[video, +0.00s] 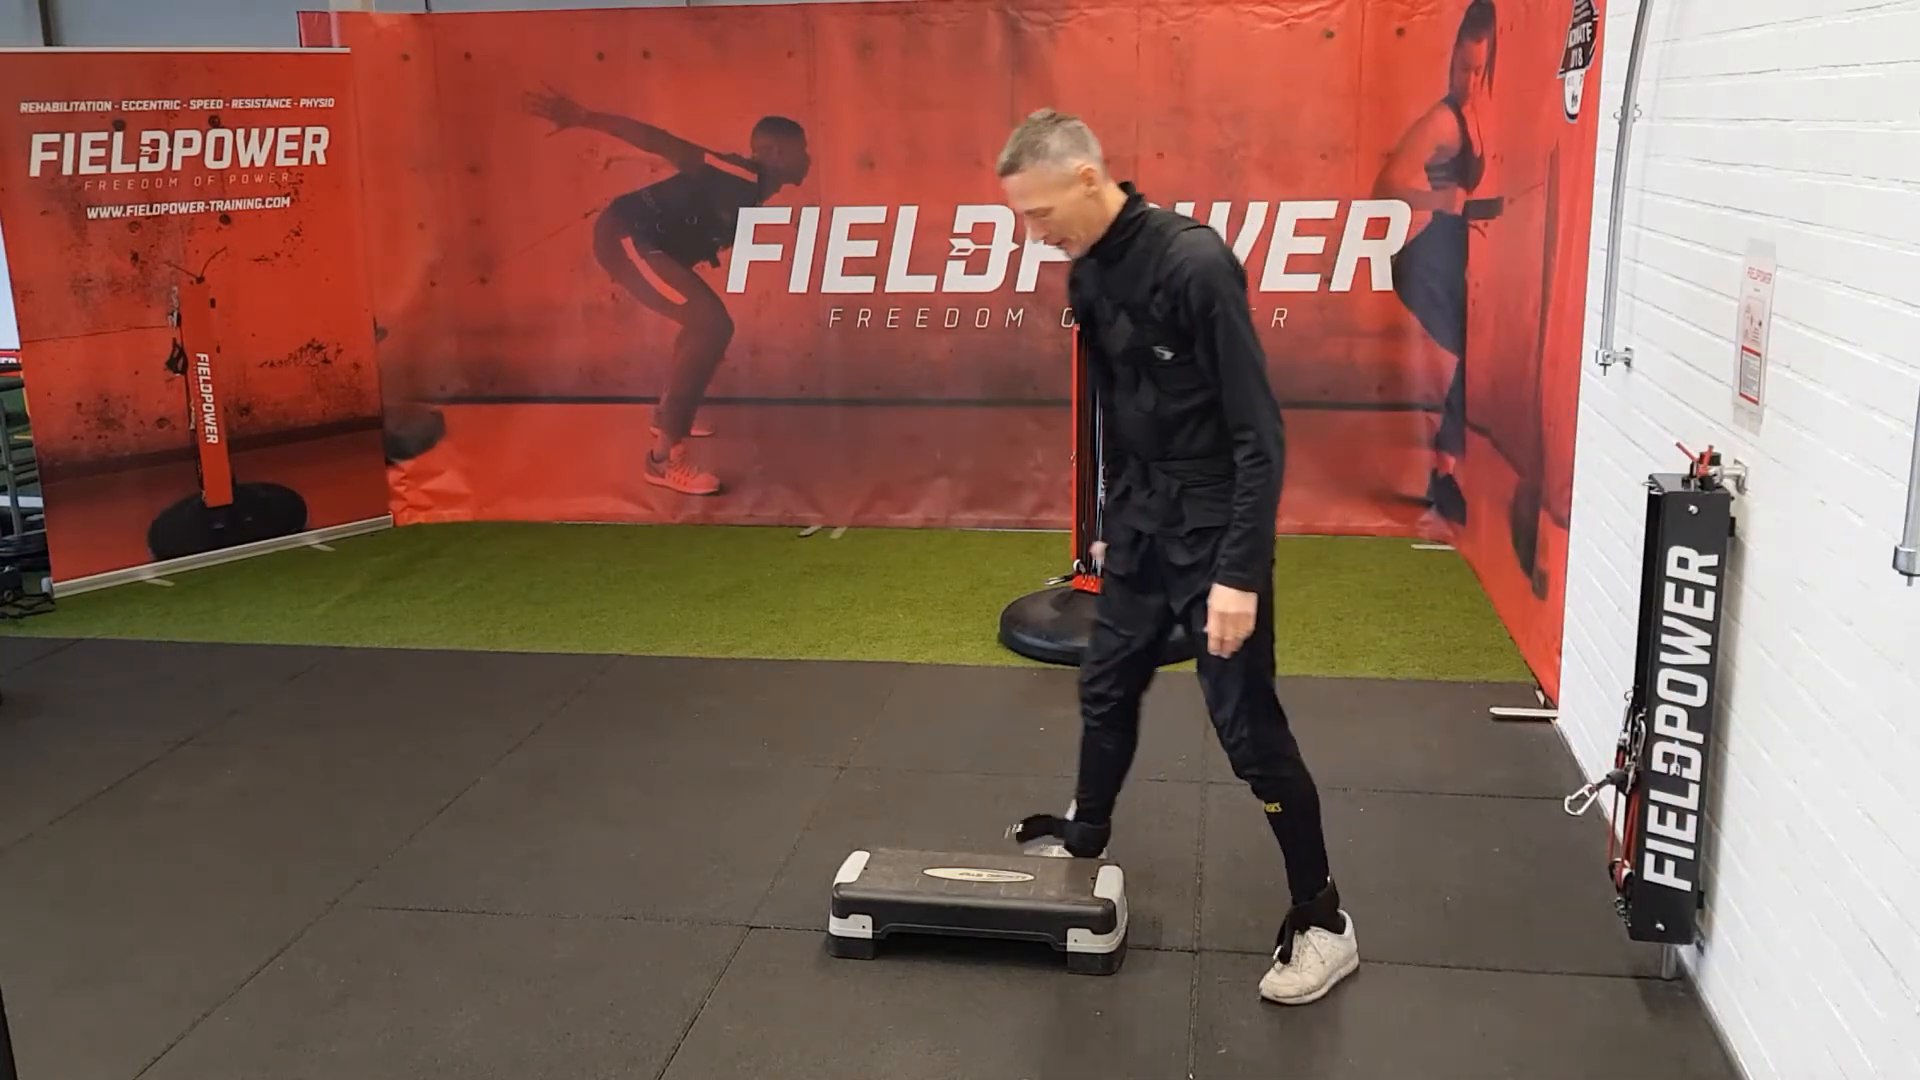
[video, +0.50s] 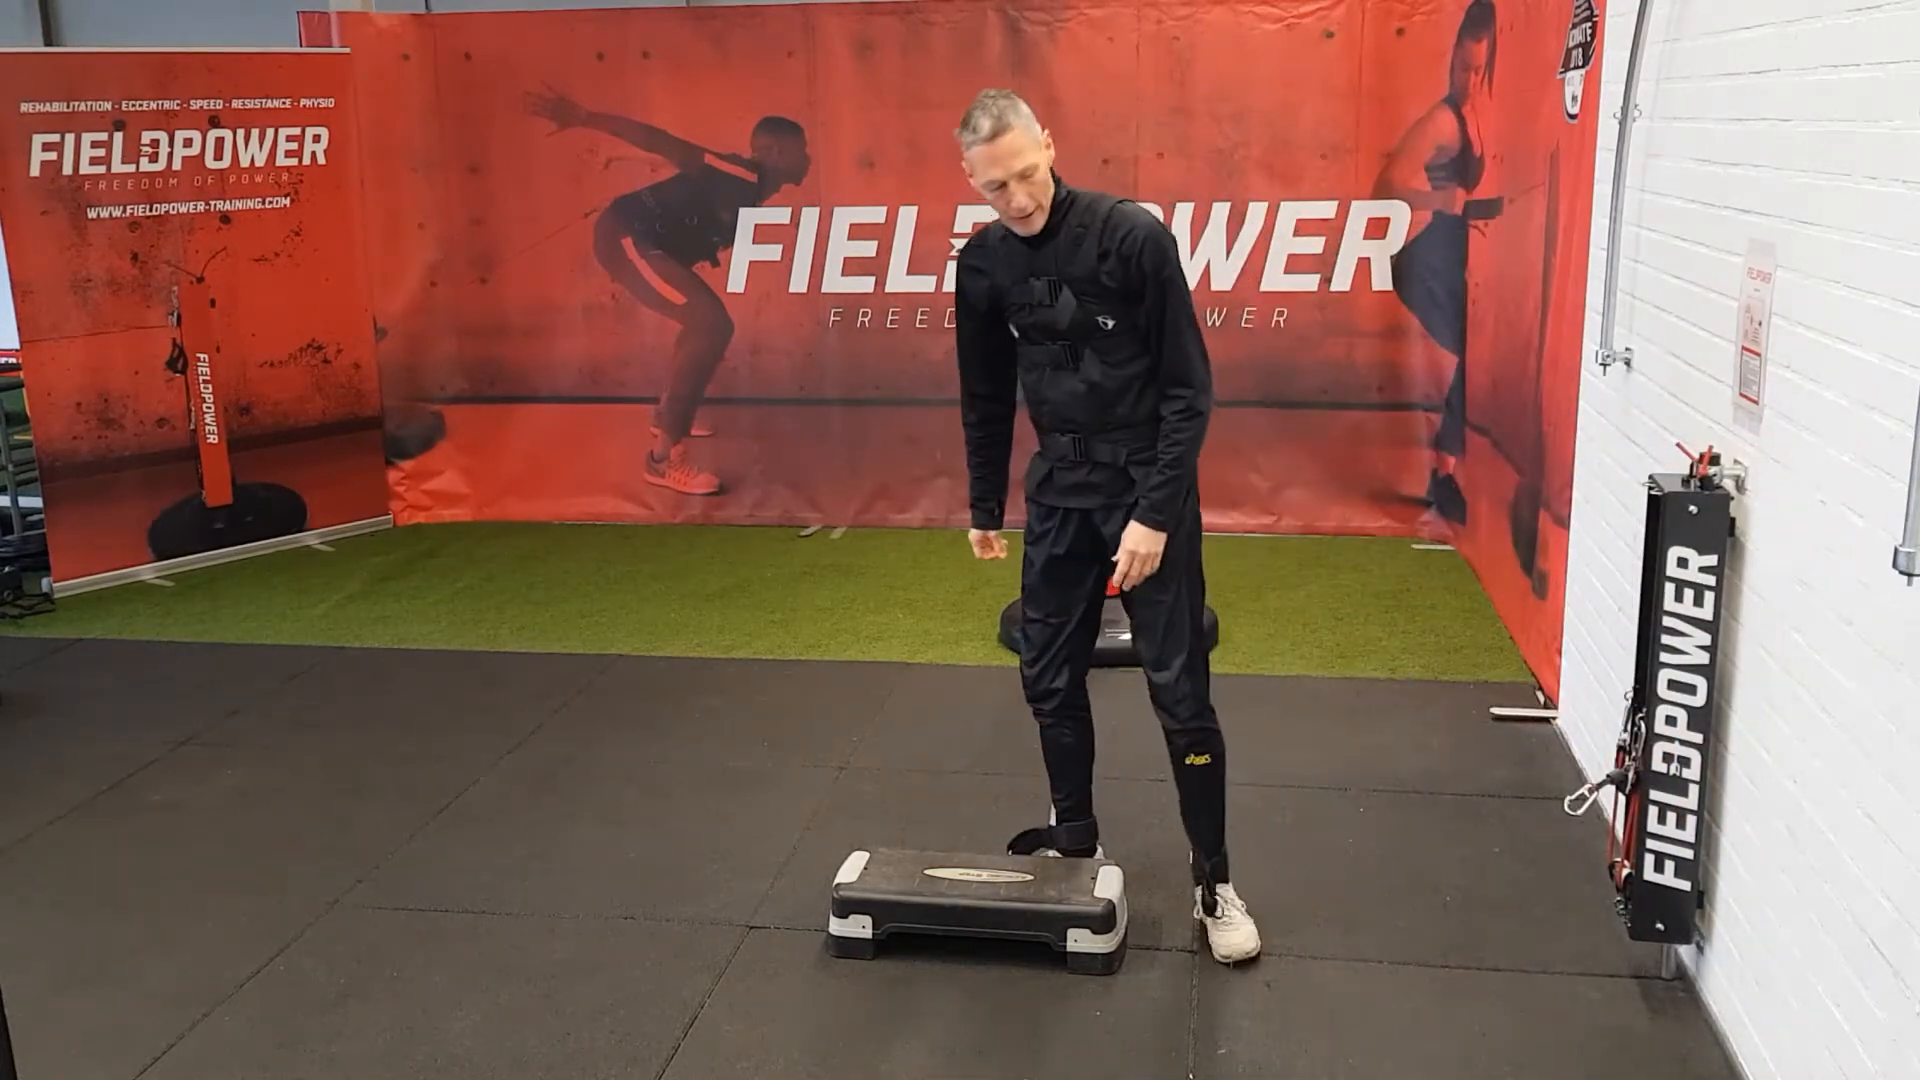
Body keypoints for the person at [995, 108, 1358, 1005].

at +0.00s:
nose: (1035, 232)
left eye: (1040, 212)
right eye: (1026, 218)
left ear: (1093, 180)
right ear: (1068, 194)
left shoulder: (1194, 263)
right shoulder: (1092, 278)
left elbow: (1259, 437)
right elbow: (1113, 423)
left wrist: (1240, 575)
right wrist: (1104, 536)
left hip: (1217, 532)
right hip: (1141, 528)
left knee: (1250, 726)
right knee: (1105, 690)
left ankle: (1319, 914)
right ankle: (1085, 836)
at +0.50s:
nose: (1016, 201)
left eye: (1024, 177)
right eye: (994, 187)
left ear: (1050, 152)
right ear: (972, 181)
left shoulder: (1132, 238)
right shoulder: (982, 261)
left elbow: (1188, 388)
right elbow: (985, 392)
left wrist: (1155, 517)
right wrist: (988, 505)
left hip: (1152, 485)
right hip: (1060, 488)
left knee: (1178, 688)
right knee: (1048, 675)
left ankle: (1215, 884)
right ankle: (1075, 846)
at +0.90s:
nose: (1127, 197)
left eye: (1138, 175)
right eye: (1106, 182)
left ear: (1156, 157)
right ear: (1070, 173)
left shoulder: (1212, 252)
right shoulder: (1043, 257)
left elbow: (1266, 396)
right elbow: (1020, 390)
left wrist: (1271, 523)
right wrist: (1011, 503)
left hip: (1196, 501)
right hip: (1096, 497)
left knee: (1244, 704)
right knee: (1062, 680)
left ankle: (1306, 888)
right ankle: (1076, 841)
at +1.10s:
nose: (1249, 207)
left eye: (1255, 189)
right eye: (1229, 195)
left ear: (1261, 172)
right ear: (1173, 183)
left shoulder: (1298, 263)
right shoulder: (1124, 257)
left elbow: (1350, 404)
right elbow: (1089, 388)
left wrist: (1364, 534)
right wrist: (1079, 511)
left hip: (1266, 508)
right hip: (1160, 503)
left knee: (1283, 708)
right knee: (1107, 680)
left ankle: (1315, 894)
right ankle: (1076, 833)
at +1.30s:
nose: (1320, 216)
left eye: (1329, 198)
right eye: (1302, 201)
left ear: (1337, 178)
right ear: (1249, 183)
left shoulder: (1365, 259)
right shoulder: (1186, 249)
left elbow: (1426, 391)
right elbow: (1146, 381)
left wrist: (1454, 524)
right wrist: (1134, 501)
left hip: (1319, 509)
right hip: (1211, 499)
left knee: (1316, 711)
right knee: (1160, 679)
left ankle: (1319, 899)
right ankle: (1179, 832)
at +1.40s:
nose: (1346, 215)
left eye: (1355, 197)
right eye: (1330, 201)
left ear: (1363, 178)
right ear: (1274, 180)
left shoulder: (1385, 258)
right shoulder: (1204, 248)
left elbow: (1449, 387)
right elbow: (1160, 385)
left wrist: (1486, 516)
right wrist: (1152, 507)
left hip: (1334, 505)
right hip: (1228, 499)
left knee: (1326, 709)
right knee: (1200, 685)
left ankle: (1321, 897)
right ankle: (1251, 827)